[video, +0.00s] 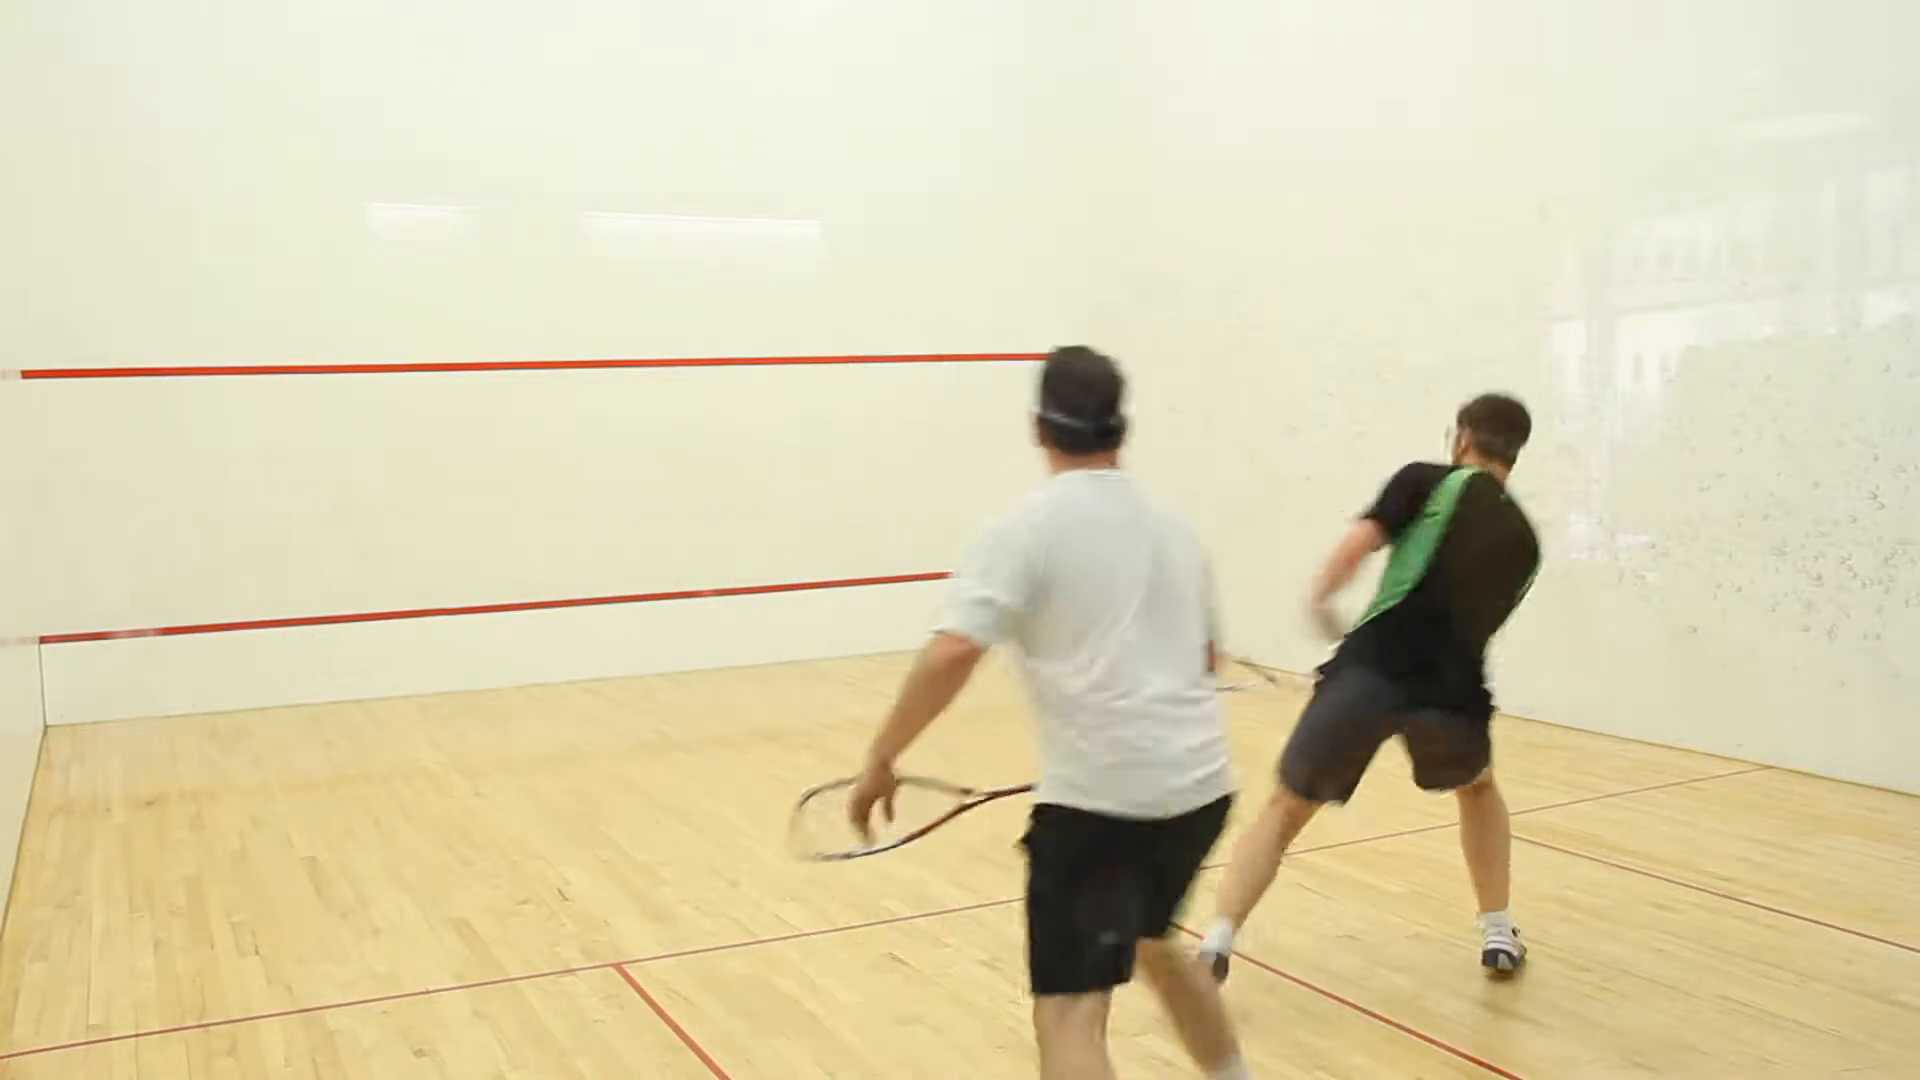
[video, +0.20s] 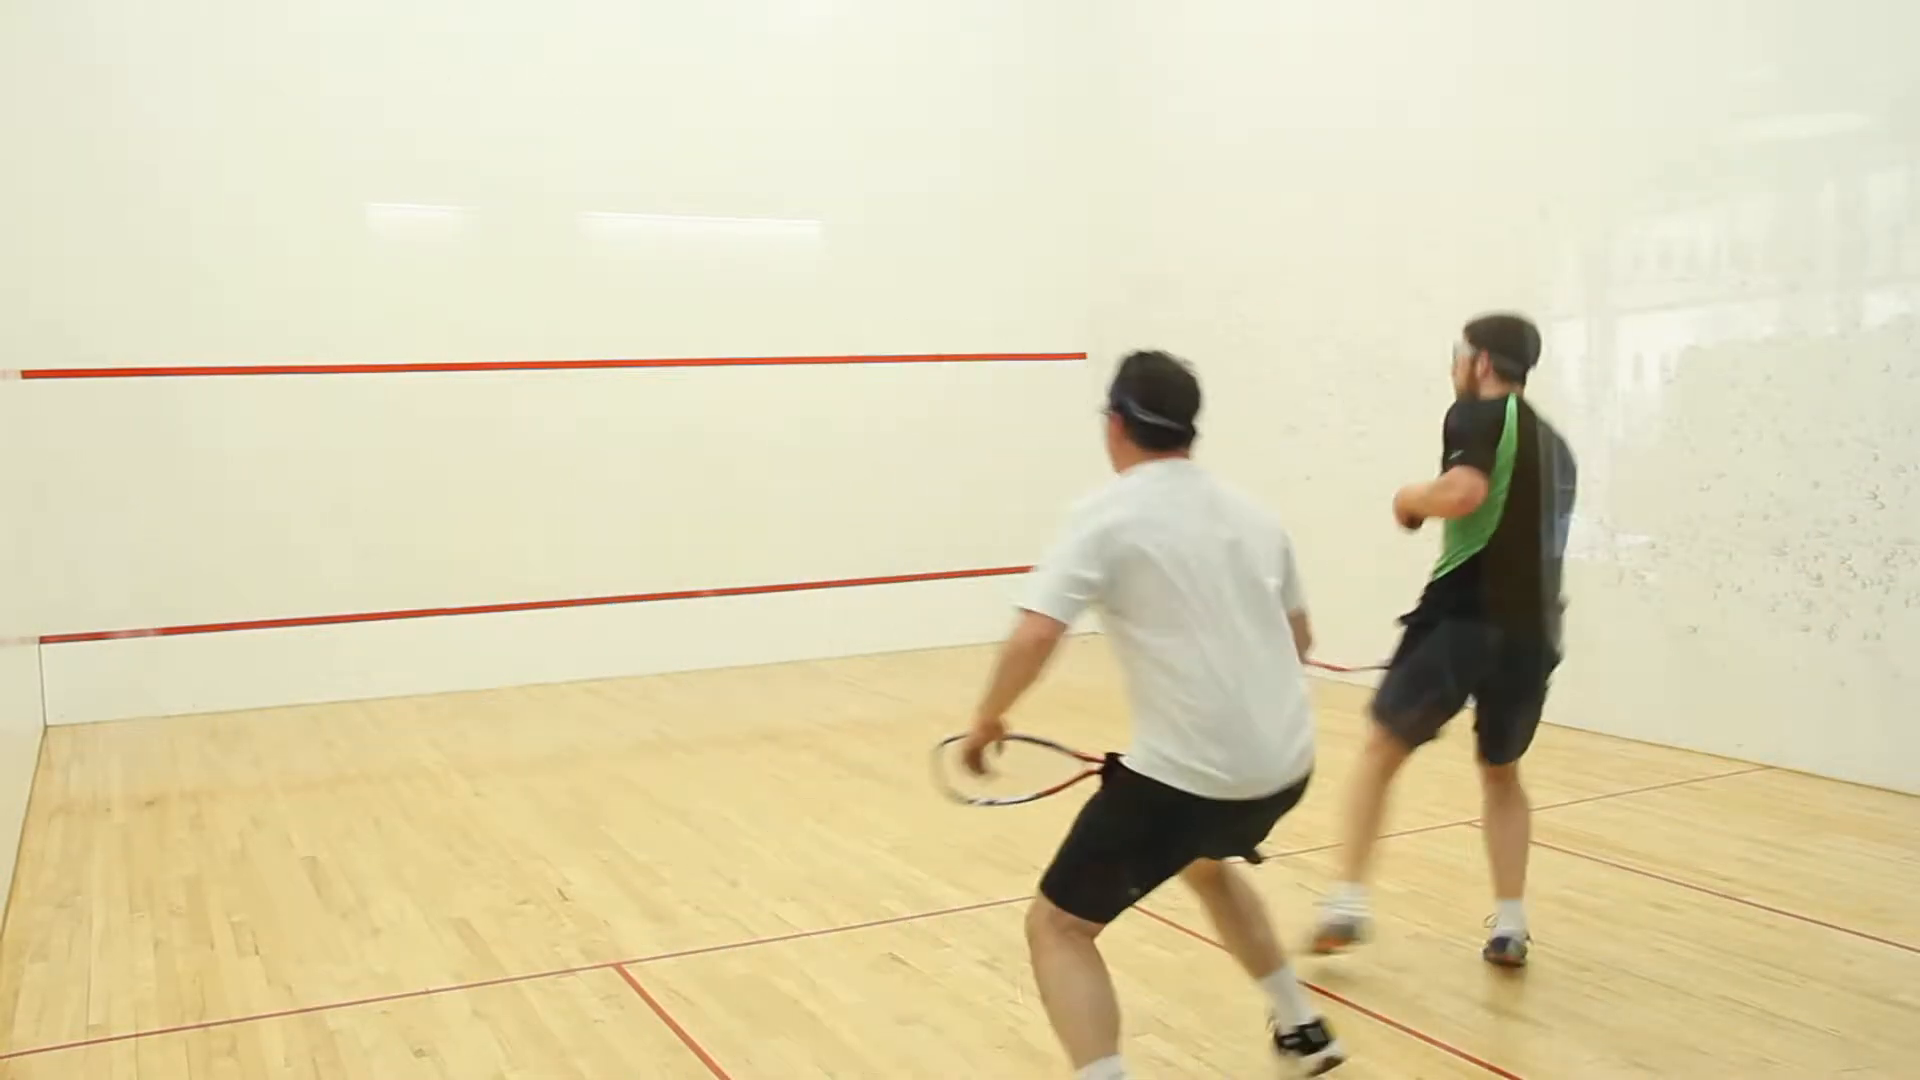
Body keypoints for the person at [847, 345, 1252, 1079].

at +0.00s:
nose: (1038, 424)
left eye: (1037, 415)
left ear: (1039, 428)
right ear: (1123, 426)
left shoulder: (1028, 527)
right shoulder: (1173, 527)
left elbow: (952, 654)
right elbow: (1205, 659)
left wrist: (882, 759)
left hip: (1095, 801)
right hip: (1200, 792)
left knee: (1072, 1015)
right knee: (1156, 940)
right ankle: (1233, 1070)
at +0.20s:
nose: (1106, 428)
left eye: (1108, 417)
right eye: (1110, 417)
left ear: (1117, 424)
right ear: (1189, 429)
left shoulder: (1109, 515)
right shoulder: (1249, 514)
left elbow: (1034, 637)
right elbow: (1298, 640)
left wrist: (990, 716)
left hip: (1181, 775)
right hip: (1284, 767)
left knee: (1057, 923)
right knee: (1204, 857)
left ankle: (1102, 1069)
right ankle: (1298, 1023)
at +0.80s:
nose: (1365, 418)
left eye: (1366, 408)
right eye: (1381, 410)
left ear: (1370, 412)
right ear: (1429, 419)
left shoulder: (1325, 479)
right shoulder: (1462, 489)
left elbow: (1269, 560)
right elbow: (1517, 590)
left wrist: (1312, 591)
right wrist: (1505, 661)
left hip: (1335, 681)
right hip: (1424, 684)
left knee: (1334, 821)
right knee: (1411, 812)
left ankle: (1330, 938)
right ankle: (1396, 960)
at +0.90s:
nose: (1393, 405)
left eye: (1393, 396)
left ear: (1395, 399)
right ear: (1455, 403)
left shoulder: (1363, 457)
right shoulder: (1486, 469)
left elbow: (1281, 511)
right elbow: (1544, 551)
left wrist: (1293, 587)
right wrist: (1555, 626)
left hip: (1360, 647)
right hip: (1443, 654)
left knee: (1355, 773)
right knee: (1422, 806)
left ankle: (1339, 882)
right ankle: (1395, 945)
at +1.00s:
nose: (1434, 397)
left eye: (1428, 386)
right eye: (1462, 393)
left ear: (1422, 389)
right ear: (1476, 396)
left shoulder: (1384, 444)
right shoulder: (1499, 455)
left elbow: (1306, 503)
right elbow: (1575, 515)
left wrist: (1324, 580)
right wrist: (1604, 557)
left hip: (1386, 629)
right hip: (1469, 635)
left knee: (1374, 738)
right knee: (1439, 759)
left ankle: (1391, 861)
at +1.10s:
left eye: (1460, 401)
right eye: (1500, 408)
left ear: (1456, 402)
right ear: (1508, 409)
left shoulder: (1414, 448)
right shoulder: (1517, 462)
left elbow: (1334, 495)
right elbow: (1598, 511)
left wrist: (1349, 560)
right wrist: (1656, 505)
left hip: (1402, 623)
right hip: (1480, 630)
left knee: (1402, 741)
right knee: (1464, 717)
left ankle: (1405, 874)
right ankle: (1464, 811)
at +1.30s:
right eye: (1563, 445)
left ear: (1524, 436)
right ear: (1569, 448)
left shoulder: (1476, 463)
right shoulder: (1571, 505)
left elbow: (1406, 490)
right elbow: (1612, 572)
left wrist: (1373, 549)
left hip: (1440, 625)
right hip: (1508, 638)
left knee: (1413, 742)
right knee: (1518, 705)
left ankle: (1404, 825)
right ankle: (1531, 783)